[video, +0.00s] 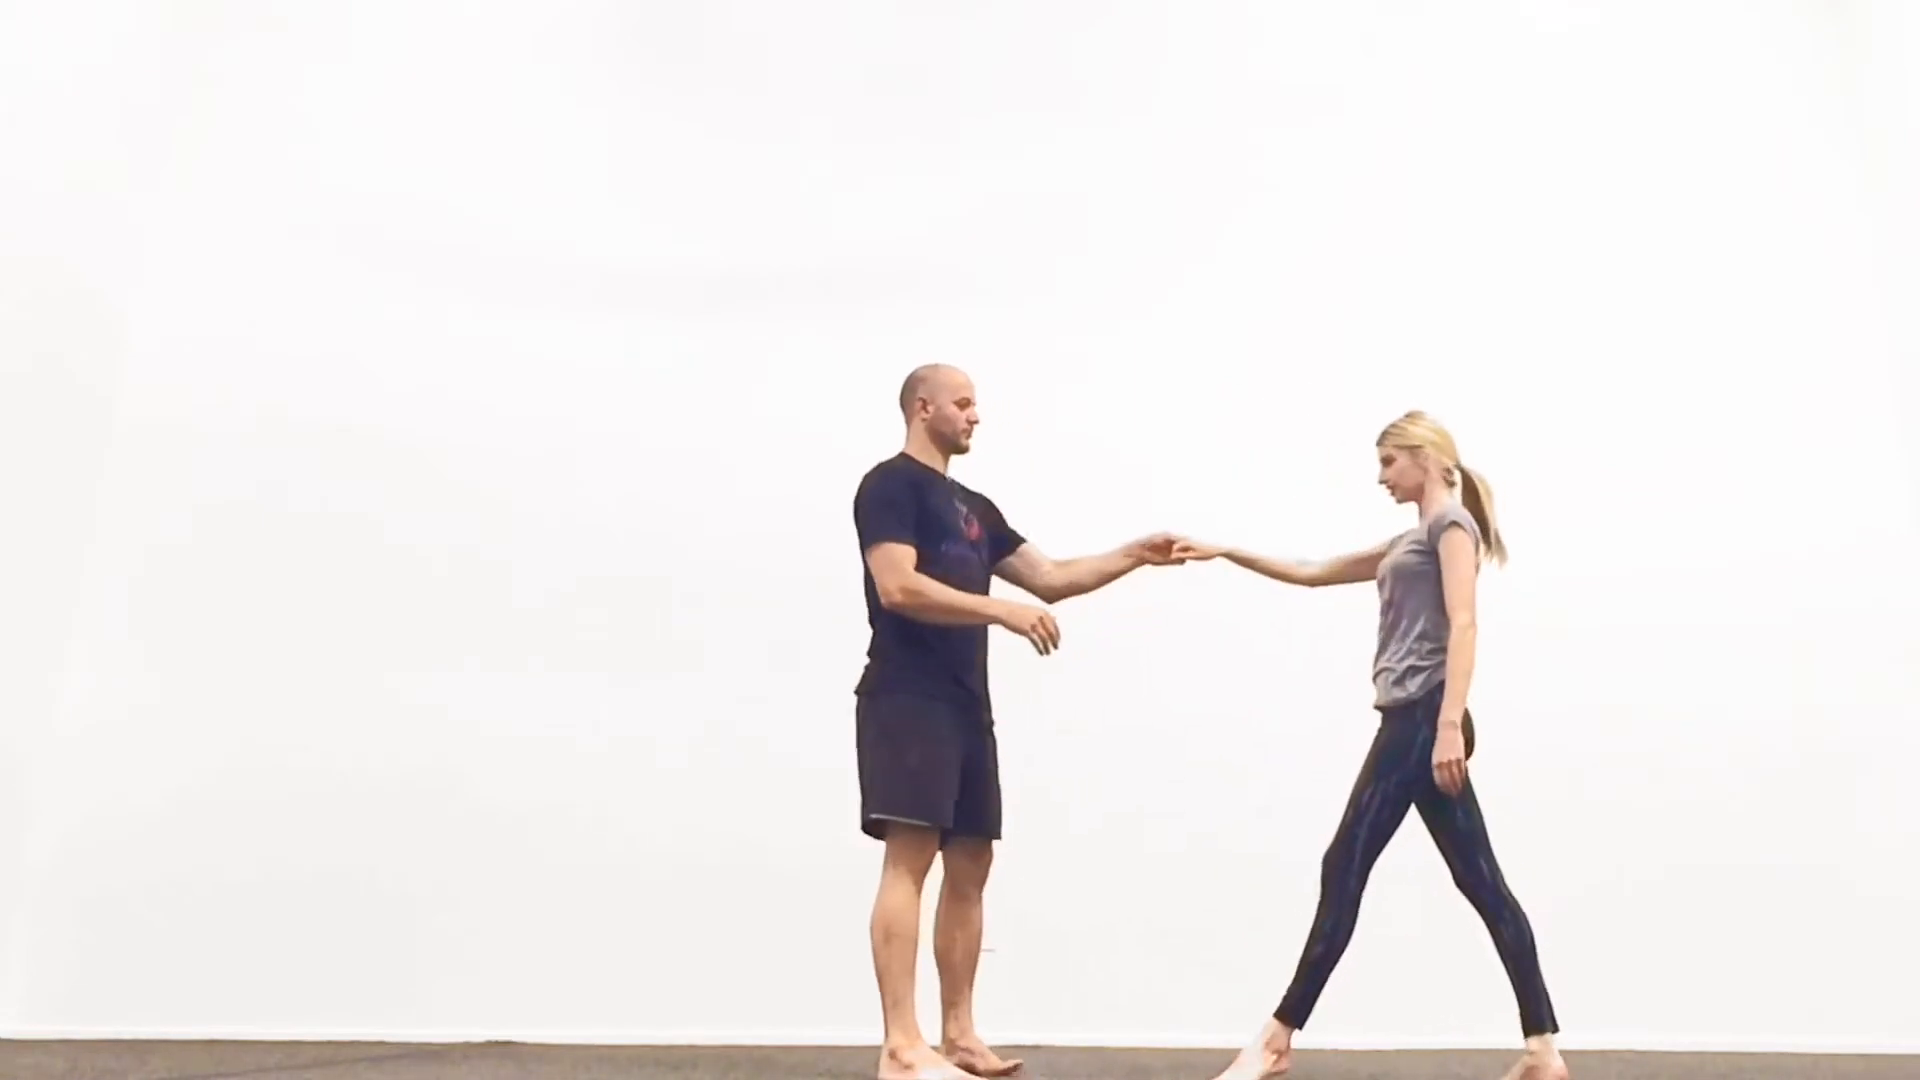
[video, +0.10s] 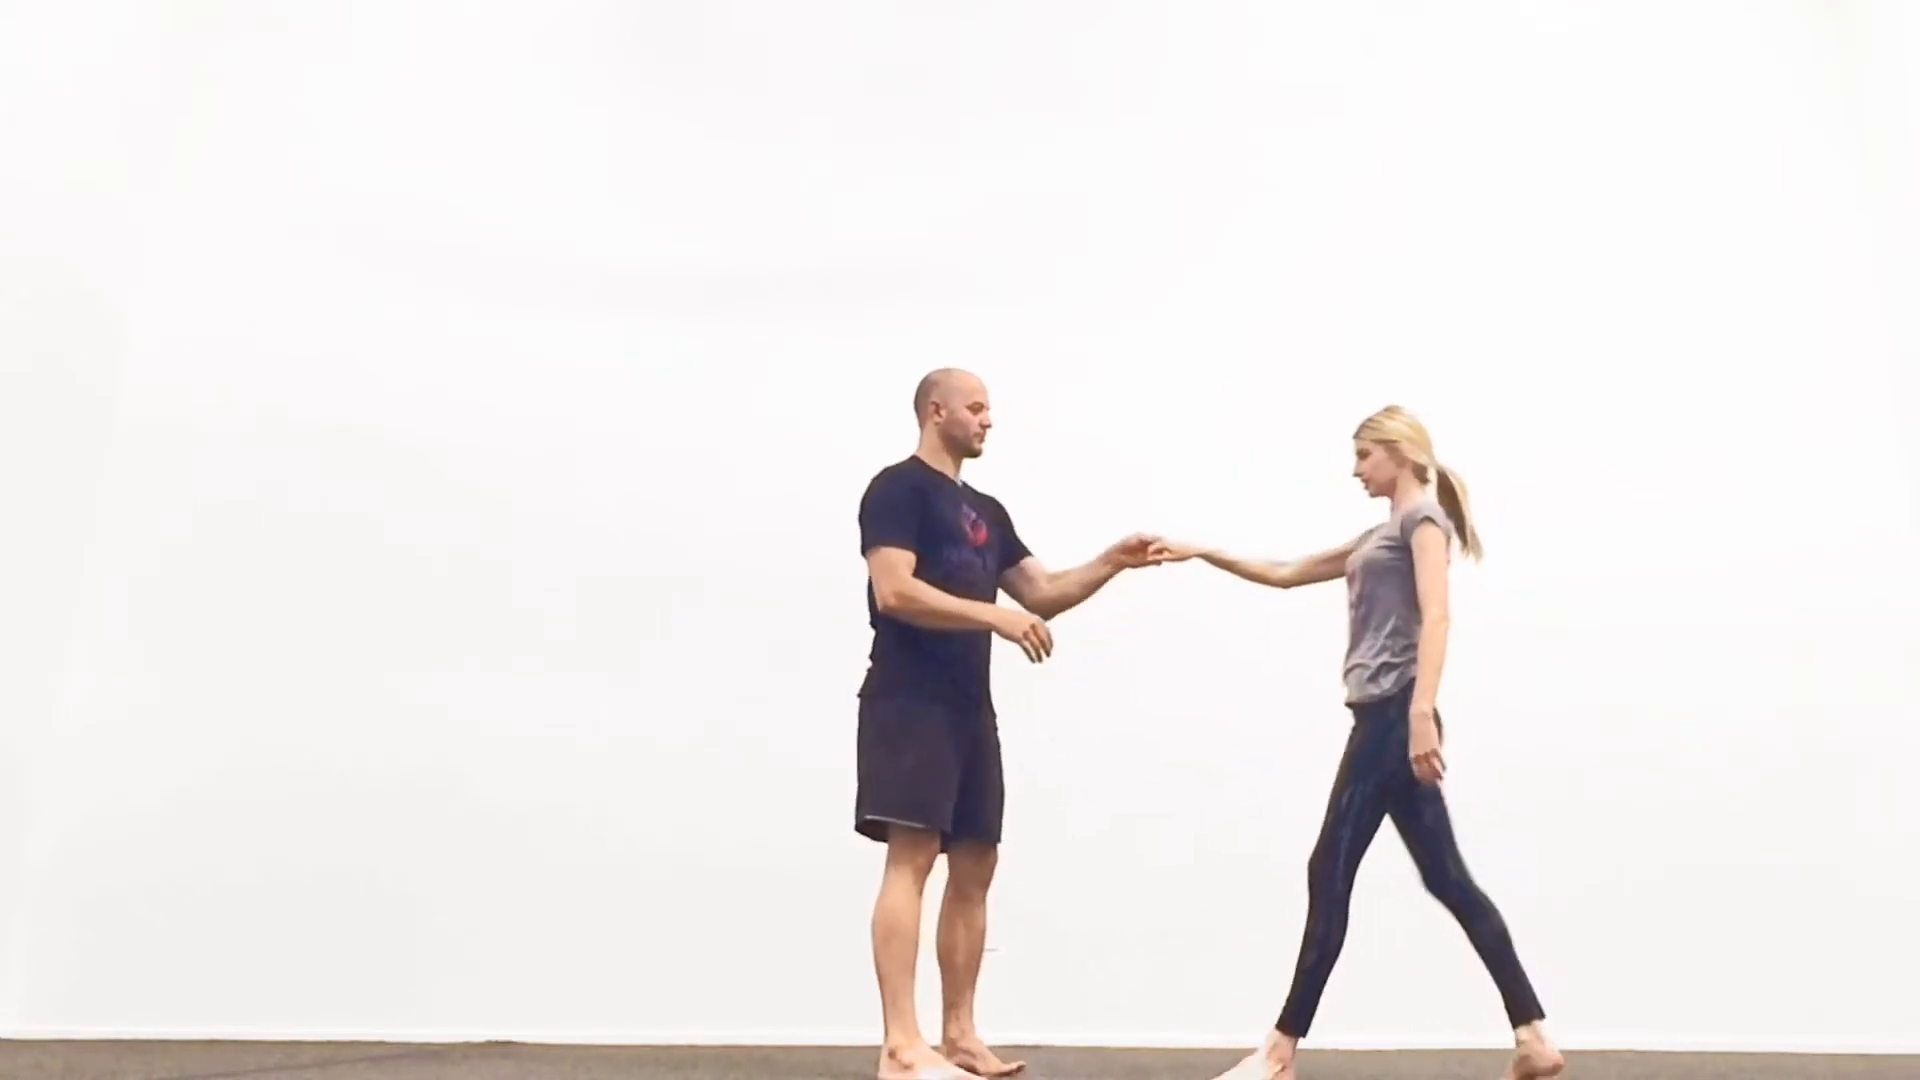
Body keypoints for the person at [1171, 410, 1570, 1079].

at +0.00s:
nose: (1383, 474)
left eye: (1390, 460)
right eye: (1382, 463)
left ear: (1429, 460)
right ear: (1422, 464)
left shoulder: (1451, 528)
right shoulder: (1412, 541)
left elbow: (1464, 626)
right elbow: (1310, 571)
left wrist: (1449, 723)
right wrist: (1221, 551)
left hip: (1417, 717)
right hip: (1419, 717)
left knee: (1344, 864)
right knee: (1484, 884)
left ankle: (1277, 1038)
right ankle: (1542, 1045)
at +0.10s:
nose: (1356, 467)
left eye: (1364, 454)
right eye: (1356, 456)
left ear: (1402, 455)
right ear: (1395, 459)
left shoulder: (1422, 524)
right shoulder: (1379, 536)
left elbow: (1436, 620)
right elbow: (1286, 573)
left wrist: (1422, 713)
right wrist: (1199, 552)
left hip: (1390, 715)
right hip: (1386, 714)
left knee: (1330, 869)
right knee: (1449, 880)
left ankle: (1279, 1050)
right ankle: (1533, 1037)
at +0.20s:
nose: (1320, 461)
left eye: (1327, 448)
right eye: (1320, 450)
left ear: (1364, 449)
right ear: (1355, 454)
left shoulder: (1382, 514)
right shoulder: (1345, 527)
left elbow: (1393, 603)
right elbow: (1253, 571)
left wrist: (1368, 696)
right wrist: (1167, 551)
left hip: (1346, 706)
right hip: (1340, 706)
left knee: (1312, 874)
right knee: (1371, 882)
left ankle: (1280, 1051)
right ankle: (1492, 1011)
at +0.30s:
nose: (1281, 456)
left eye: (1289, 444)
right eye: (1282, 445)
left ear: (1323, 448)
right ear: (1319, 449)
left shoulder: (1344, 510)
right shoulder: (1308, 520)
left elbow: (1342, 586)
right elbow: (1217, 565)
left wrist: (1287, 661)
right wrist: (1141, 547)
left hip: (1322, 699)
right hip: (1296, 701)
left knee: (1300, 877)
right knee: (1267, 874)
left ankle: (1279, 1052)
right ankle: (1393, 987)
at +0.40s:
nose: (1240, 451)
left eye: (1247, 438)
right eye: (1240, 440)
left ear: (1282, 440)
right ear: (1272, 446)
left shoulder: (1305, 505)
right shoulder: (1259, 519)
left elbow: (1284, 555)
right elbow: (1171, 550)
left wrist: (1199, 604)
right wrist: (1105, 521)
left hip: (1290, 705)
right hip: (1252, 706)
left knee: (1288, 873)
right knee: (1172, 846)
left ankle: (1279, 1054)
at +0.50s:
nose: (1195, 448)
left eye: (1203, 436)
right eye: (1196, 437)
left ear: (1236, 439)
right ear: (1231, 441)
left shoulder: (1263, 497)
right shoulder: (1221, 510)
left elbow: (1209, 522)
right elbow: (1123, 531)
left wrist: (1110, 540)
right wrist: (1064, 490)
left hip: (1255, 703)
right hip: (1217, 704)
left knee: (1267, 873)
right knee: (1117, 827)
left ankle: (1277, 1049)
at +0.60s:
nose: (1148, 450)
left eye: (1155, 438)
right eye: (1148, 440)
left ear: (1189, 439)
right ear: (1184, 441)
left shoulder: (1212, 495)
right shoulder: (1169, 511)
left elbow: (1129, 499)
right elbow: (1077, 517)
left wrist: (1030, 492)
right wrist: (1007, 484)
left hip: (1221, 704)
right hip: (1177, 708)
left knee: (1247, 871)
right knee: (1083, 830)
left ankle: (1276, 1048)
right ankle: (1039, 997)